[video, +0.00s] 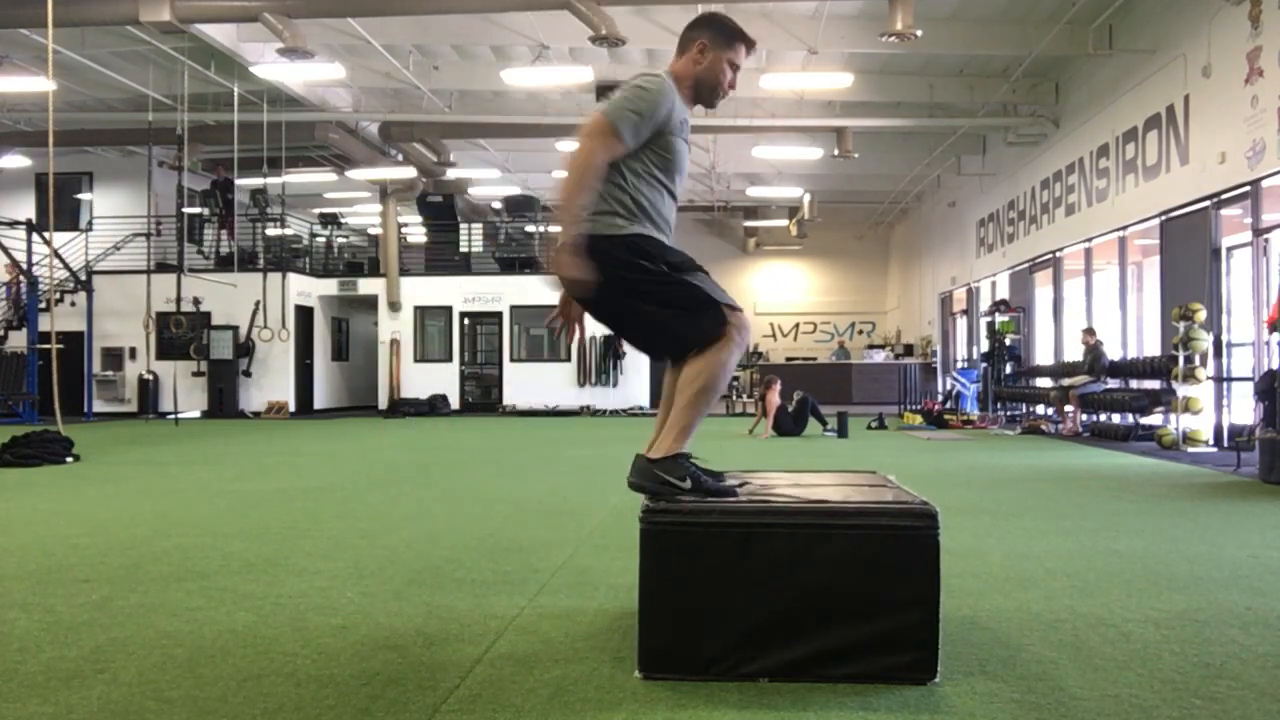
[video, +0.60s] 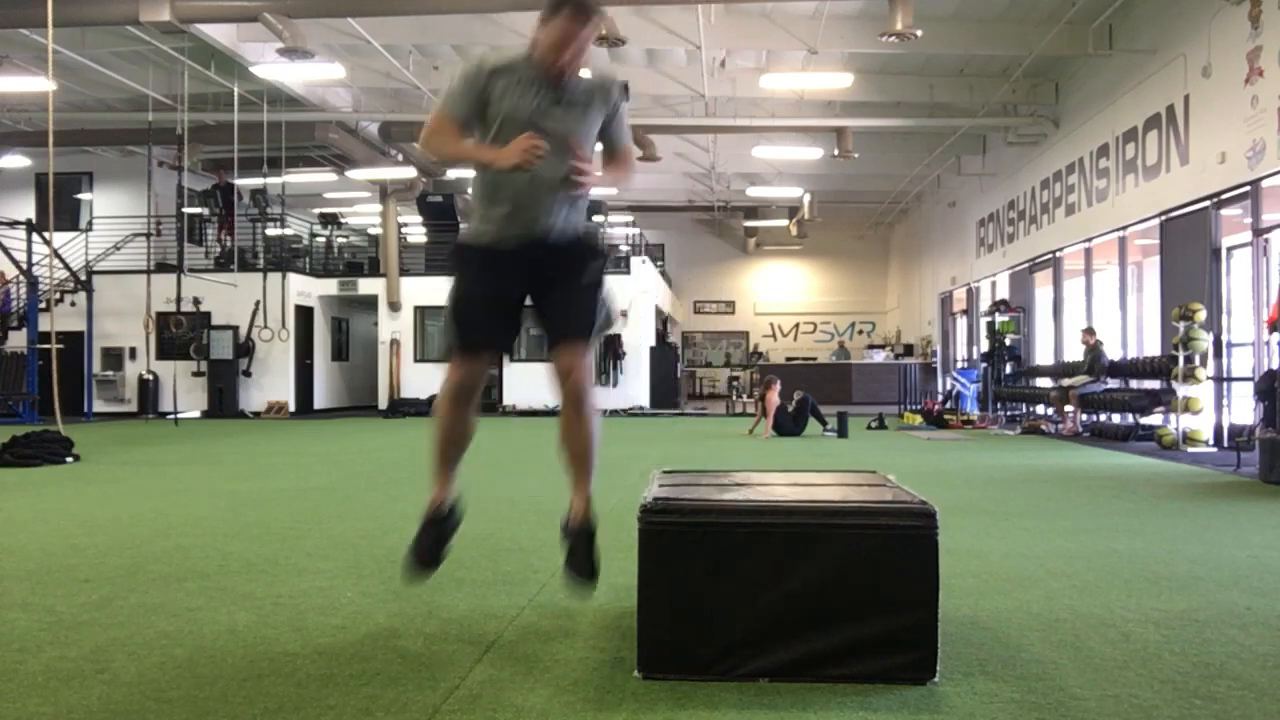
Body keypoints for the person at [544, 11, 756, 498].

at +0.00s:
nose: (733, 84)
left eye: (738, 72)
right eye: (732, 68)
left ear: (700, 57)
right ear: (699, 52)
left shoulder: (672, 113)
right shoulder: (657, 90)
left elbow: (611, 198)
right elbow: (590, 150)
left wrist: (575, 282)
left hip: (613, 252)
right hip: (619, 243)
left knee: (698, 343)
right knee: (732, 327)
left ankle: (659, 457)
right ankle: (667, 456)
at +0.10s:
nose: (729, 73)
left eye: (732, 62)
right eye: (726, 57)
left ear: (692, 49)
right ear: (693, 42)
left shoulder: (668, 102)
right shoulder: (654, 84)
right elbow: (606, 147)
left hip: (606, 245)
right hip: (604, 239)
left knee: (698, 345)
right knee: (728, 327)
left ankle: (661, 458)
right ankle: (667, 457)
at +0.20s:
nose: (717, 40)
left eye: (721, 30)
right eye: (713, 23)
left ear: (681, 17)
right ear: (676, 9)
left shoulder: (664, 78)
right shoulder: (633, 50)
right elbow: (579, 106)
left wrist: (655, 183)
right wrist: (649, 167)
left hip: (614, 214)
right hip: (587, 208)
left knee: (684, 316)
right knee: (686, 310)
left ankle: (665, 455)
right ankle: (662, 455)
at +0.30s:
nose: (693, 7)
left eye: (695, 2)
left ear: (680, 6)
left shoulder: (662, 47)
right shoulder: (600, 10)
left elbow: (629, 112)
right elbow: (540, 69)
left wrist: (647, 167)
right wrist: (606, 128)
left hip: (604, 185)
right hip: (553, 171)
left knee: (661, 291)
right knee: (616, 289)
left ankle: (657, 439)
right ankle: (636, 439)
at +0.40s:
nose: (653, 4)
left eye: (657, 2)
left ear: (651, 6)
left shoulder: (641, 36)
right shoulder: (561, 7)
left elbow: (625, 92)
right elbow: (492, 60)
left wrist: (632, 131)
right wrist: (558, 113)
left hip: (594, 170)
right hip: (531, 166)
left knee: (647, 279)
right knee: (578, 280)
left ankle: (594, 398)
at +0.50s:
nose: (615, 13)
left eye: (621, 7)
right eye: (608, 4)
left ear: (626, 6)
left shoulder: (622, 50)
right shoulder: (521, 22)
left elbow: (620, 106)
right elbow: (457, 87)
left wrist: (618, 135)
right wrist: (520, 130)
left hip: (580, 196)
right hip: (513, 196)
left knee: (614, 310)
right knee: (522, 311)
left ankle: (586, 438)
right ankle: (490, 445)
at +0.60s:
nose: (569, 50)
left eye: (582, 41)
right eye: (563, 35)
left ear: (593, 40)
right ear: (541, 25)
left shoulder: (604, 95)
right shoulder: (486, 76)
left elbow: (624, 166)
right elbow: (433, 140)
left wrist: (601, 173)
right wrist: (494, 154)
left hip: (566, 250)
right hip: (490, 248)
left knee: (576, 376)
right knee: (464, 377)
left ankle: (581, 515)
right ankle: (440, 503)